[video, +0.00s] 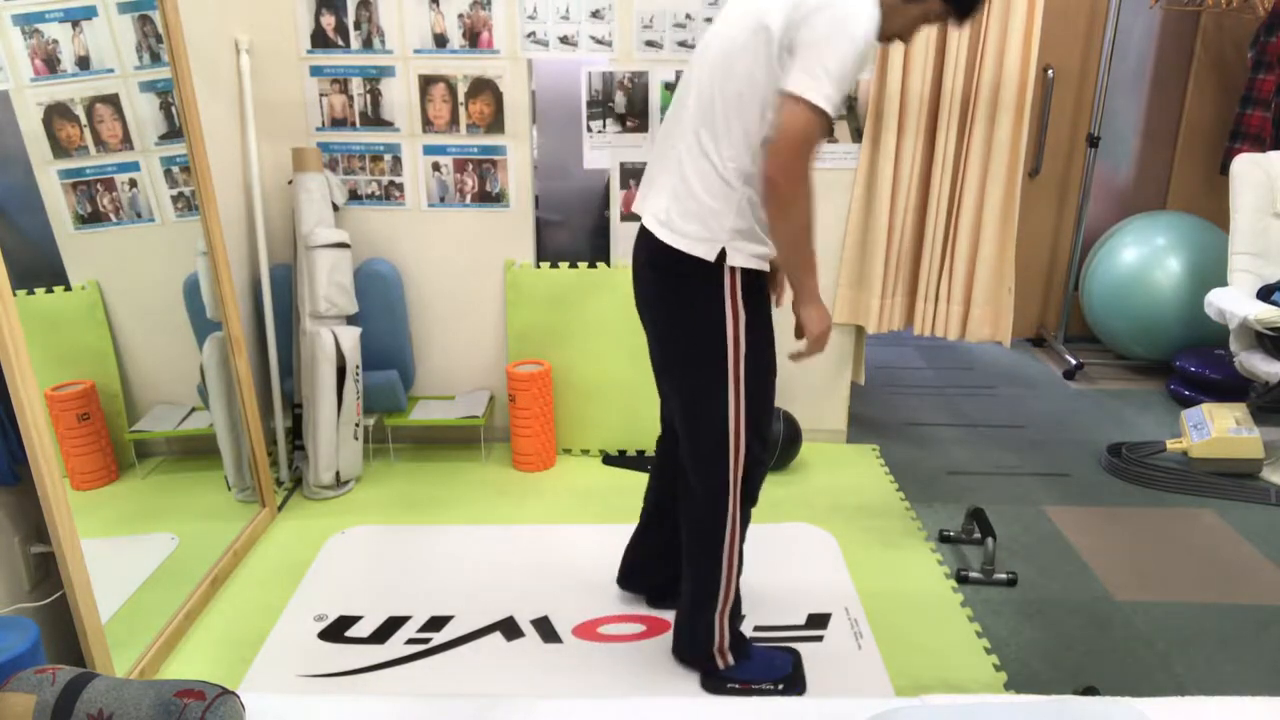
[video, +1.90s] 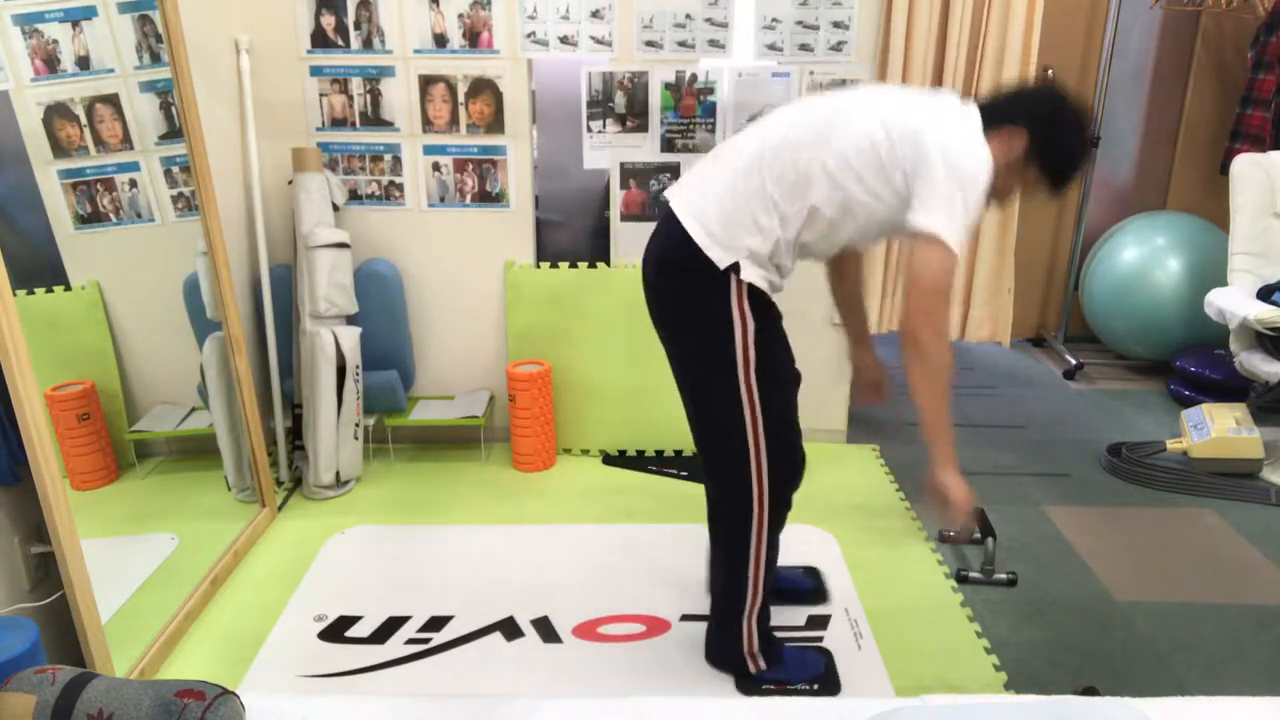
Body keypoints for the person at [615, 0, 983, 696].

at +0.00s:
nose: (917, 36)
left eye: (932, 26)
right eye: (933, 20)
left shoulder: (796, 6)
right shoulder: (845, 16)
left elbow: (745, 132)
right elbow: (787, 156)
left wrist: (767, 249)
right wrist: (809, 289)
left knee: (692, 427)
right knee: (733, 455)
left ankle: (656, 568)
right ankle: (713, 647)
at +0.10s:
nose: (939, 61)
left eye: (953, 52)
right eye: (951, 46)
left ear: (922, 0)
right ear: (933, 6)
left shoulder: (825, 9)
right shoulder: (871, 33)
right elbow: (815, 187)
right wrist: (819, 314)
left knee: (699, 425)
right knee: (736, 455)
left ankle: (666, 562)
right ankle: (714, 647)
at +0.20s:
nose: (948, 102)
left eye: (962, 96)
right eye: (962, 87)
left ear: (943, 30)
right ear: (951, 43)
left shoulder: (862, 22)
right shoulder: (892, 70)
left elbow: (717, 88)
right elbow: (837, 231)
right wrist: (816, 339)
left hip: (675, 230)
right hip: (698, 251)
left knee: (713, 430)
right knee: (738, 452)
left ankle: (698, 565)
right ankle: (711, 648)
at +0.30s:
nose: (941, 143)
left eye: (956, 140)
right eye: (956, 132)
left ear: (949, 72)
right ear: (956, 88)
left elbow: (726, 100)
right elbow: (834, 266)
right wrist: (803, 363)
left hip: (680, 227)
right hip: (689, 249)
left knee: (747, 424)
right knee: (735, 452)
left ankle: (721, 564)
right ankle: (710, 645)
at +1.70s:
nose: (975, 132)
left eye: (992, 126)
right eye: (991, 119)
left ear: (981, 67)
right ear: (985, 75)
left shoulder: (892, 56)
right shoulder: (932, 79)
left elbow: (777, 159)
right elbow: (851, 196)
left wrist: (808, 282)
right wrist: (863, 354)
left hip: (708, 232)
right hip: (722, 247)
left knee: (750, 417)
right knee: (757, 450)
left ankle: (716, 559)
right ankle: (743, 646)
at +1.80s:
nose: (988, 153)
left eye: (1006, 148)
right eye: (1007, 141)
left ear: (994, 86)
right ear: (1002, 96)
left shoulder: (910, 76)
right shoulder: (946, 107)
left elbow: (808, 198)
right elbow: (890, 253)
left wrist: (834, 309)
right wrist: (893, 407)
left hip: (711, 234)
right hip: (722, 253)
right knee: (766, 459)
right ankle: (744, 649)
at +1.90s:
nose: (1011, 194)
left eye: (1025, 186)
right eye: (1024, 179)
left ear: (1003, 131)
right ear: (1013, 141)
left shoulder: (935, 118)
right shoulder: (960, 154)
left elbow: (843, 243)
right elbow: (924, 329)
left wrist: (862, 348)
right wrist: (944, 465)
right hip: (713, 259)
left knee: (775, 452)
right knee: (759, 468)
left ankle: (744, 574)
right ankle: (742, 651)